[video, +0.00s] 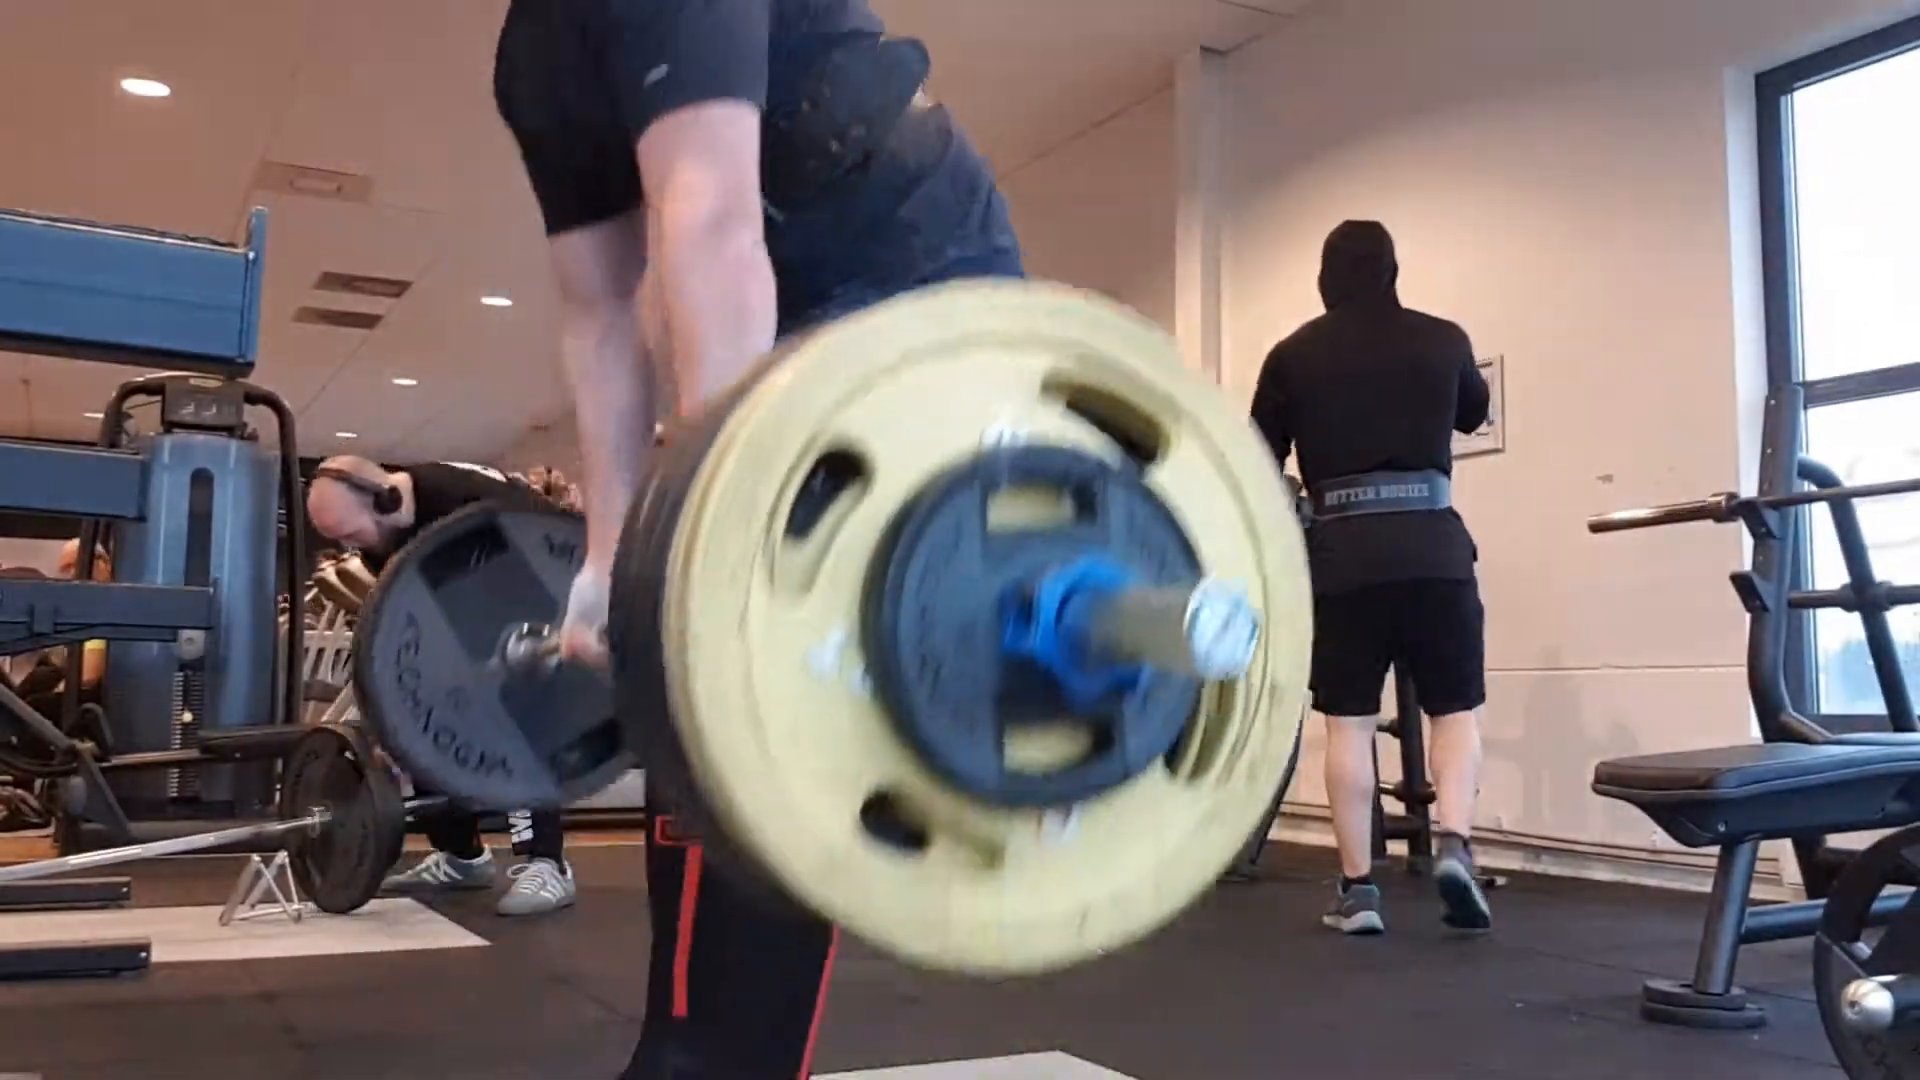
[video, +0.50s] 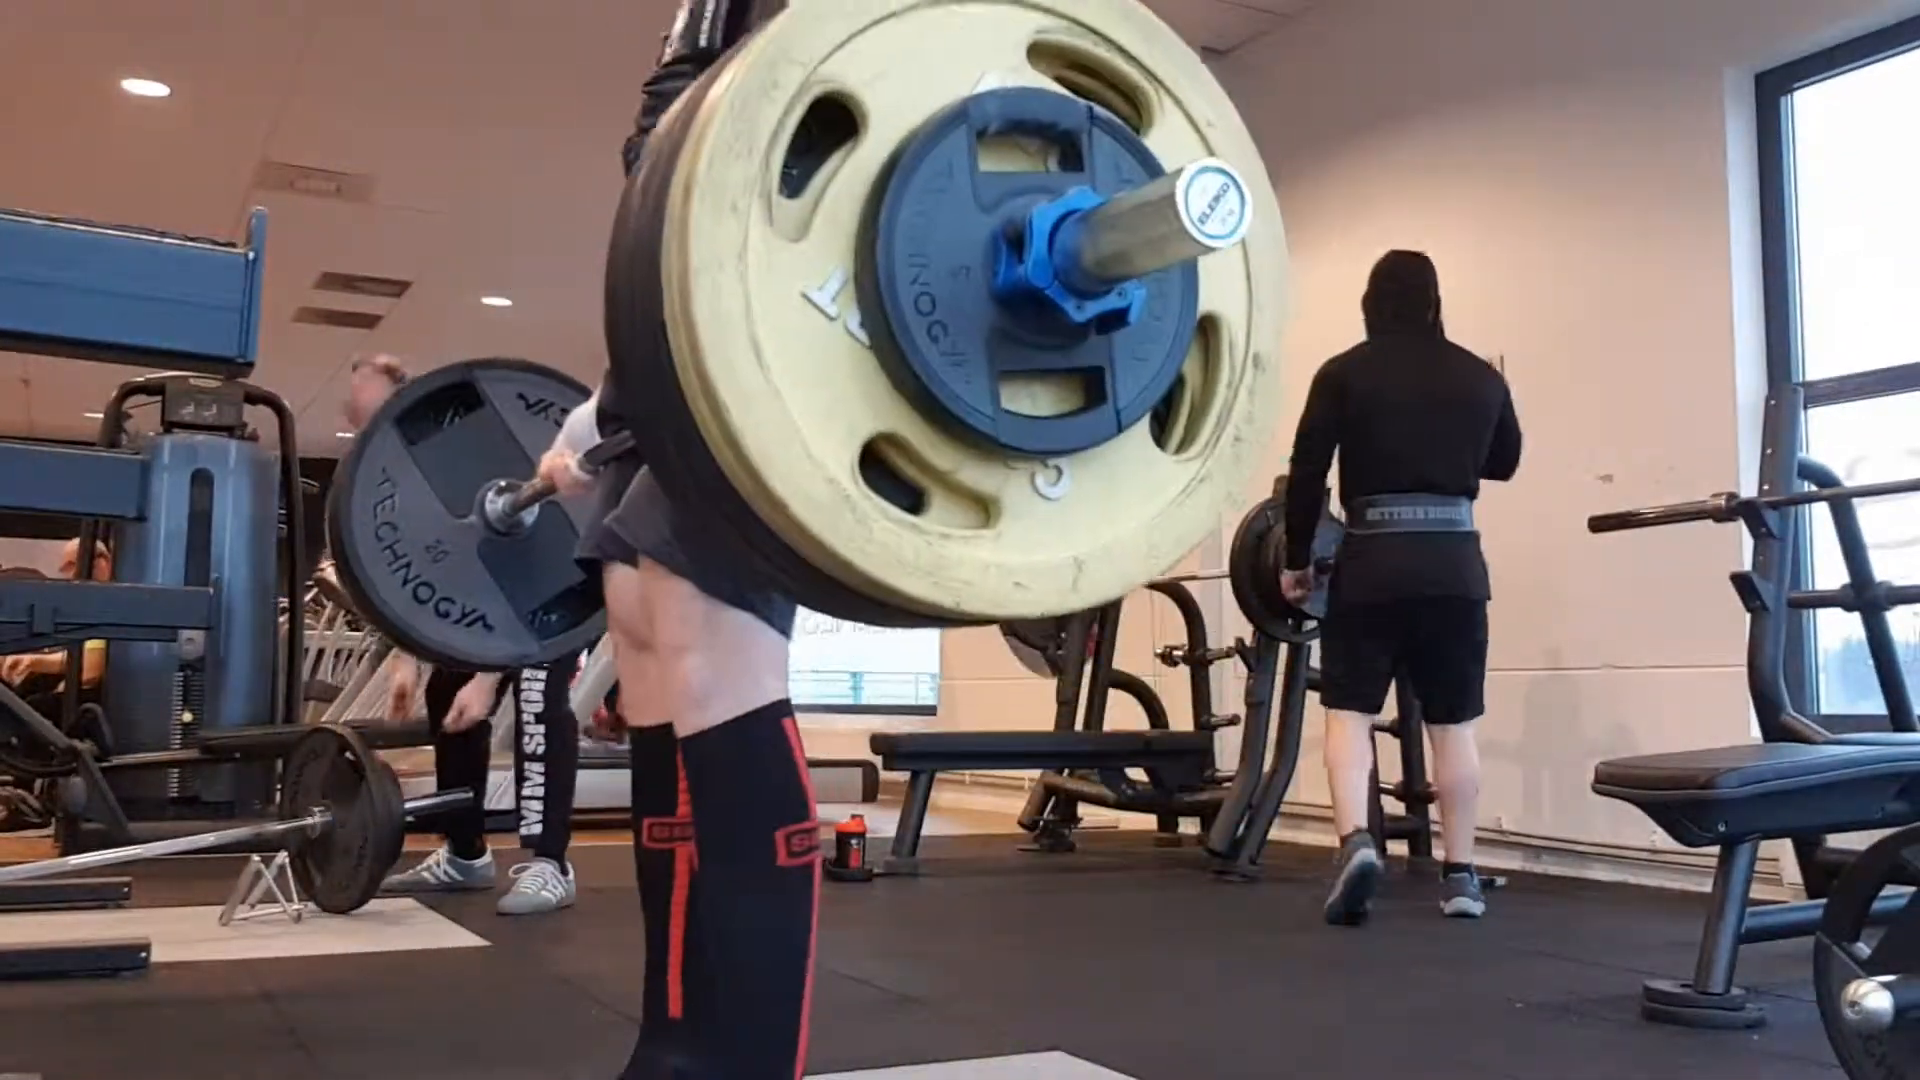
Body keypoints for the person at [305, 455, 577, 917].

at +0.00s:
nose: (354, 547)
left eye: (355, 534)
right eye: (342, 540)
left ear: (377, 501)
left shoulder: (472, 500)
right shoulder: (377, 536)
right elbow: (404, 630)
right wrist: (390, 722)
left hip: (528, 625)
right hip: (459, 637)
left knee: (518, 719)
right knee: (423, 719)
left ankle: (546, 862)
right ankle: (460, 853)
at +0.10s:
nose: (350, 542)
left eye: (353, 528)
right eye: (339, 533)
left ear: (379, 498)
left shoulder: (453, 515)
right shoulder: (388, 541)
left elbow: (466, 635)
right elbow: (412, 637)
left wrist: (421, 732)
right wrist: (397, 727)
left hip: (534, 628)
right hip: (468, 632)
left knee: (518, 714)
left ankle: (544, 863)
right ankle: (459, 854)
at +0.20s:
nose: (352, 529)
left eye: (356, 515)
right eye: (343, 521)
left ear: (384, 485)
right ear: (333, 504)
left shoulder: (446, 499)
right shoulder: (391, 528)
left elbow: (466, 642)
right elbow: (409, 642)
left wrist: (423, 738)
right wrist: (398, 734)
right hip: (465, 623)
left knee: (519, 701)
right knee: (424, 721)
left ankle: (544, 863)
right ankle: (460, 853)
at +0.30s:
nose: (355, 508)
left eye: (359, 494)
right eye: (346, 500)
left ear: (391, 465)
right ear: (335, 488)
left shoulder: (453, 502)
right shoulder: (384, 527)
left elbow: (479, 630)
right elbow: (404, 630)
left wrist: (433, 729)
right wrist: (400, 723)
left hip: (540, 608)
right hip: (468, 618)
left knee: (521, 695)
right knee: (426, 708)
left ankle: (543, 863)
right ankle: (460, 853)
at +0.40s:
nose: (359, 475)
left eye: (363, 460)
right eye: (352, 465)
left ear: (389, 437)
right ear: (351, 454)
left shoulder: (465, 476)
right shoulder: (388, 497)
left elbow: (491, 602)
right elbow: (406, 600)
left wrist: (458, 708)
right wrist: (401, 698)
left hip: (533, 598)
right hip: (465, 606)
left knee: (530, 698)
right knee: (433, 693)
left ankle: (545, 861)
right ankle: (463, 852)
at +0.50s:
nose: (356, 424)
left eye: (363, 410)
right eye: (354, 413)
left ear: (398, 395)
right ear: (365, 410)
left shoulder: (460, 444)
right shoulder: (392, 461)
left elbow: (515, 564)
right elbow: (419, 562)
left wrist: (490, 674)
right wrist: (406, 651)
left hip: (538, 589)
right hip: (471, 595)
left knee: (540, 701)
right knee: (450, 696)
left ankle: (549, 862)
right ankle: (465, 853)